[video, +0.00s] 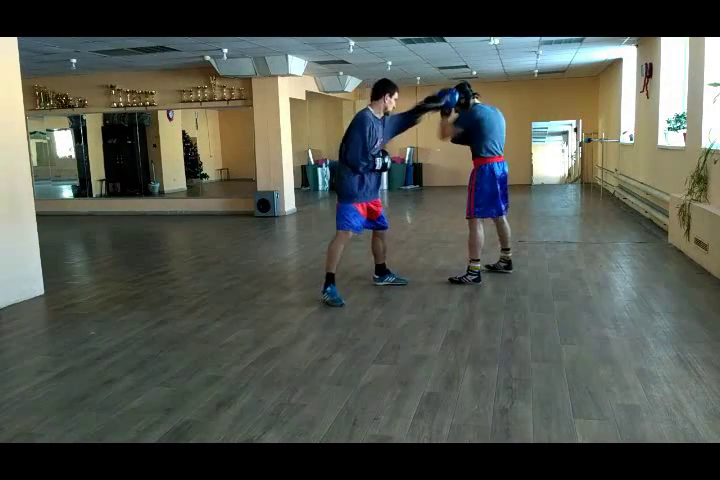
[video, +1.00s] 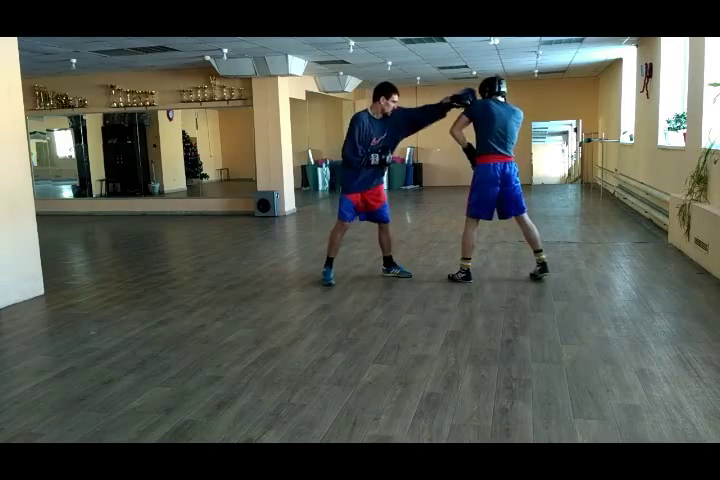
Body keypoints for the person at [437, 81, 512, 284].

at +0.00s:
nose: (457, 108)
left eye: (457, 105)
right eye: (457, 104)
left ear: (461, 101)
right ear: (474, 97)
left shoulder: (471, 113)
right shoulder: (496, 113)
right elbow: (477, 138)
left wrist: (446, 112)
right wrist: (453, 135)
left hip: (483, 169)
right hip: (500, 166)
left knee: (475, 219)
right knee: (499, 216)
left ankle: (473, 271)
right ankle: (506, 260)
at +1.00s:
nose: (481, 95)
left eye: (482, 92)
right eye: (482, 92)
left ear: (485, 92)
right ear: (504, 93)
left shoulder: (479, 105)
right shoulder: (517, 113)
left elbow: (455, 130)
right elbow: (506, 136)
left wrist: (468, 149)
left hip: (486, 171)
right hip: (510, 170)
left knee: (472, 222)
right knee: (522, 217)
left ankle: (465, 270)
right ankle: (542, 263)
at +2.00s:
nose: (441, 123)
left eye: (439, 119)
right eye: (438, 120)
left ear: (446, 113)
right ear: (452, 109)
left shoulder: (471, 123)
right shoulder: (471, 121)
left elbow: (476, 159)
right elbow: (470, 150)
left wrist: (455, 147)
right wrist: (459, 161)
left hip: (480, 179)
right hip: (492, 176)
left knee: (453, 223)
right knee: (499, 222)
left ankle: (448, 274)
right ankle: (536, 256)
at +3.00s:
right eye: (522, 94)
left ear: (500, 94)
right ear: (523, 94)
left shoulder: (489, 110)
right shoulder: (534, 110)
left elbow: (477, 142)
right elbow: (538, 148)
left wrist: (485, 124)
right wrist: (521, 134)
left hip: (495, 173)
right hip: (521, 172)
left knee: (489, 224)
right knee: (537, 225)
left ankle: (486, 273)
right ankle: (549, 276)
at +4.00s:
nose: (537, 140)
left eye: (538, 137)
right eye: (538, 137)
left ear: (522, 124)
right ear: (536, 132)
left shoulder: (501, 132)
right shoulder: (526, 138)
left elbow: (483, 153)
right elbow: (511, 168)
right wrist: (517, 179)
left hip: (473, 183)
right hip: (492, 186)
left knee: (484, 226)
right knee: (518, 235)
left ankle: (480, 266)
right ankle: (509, 285)